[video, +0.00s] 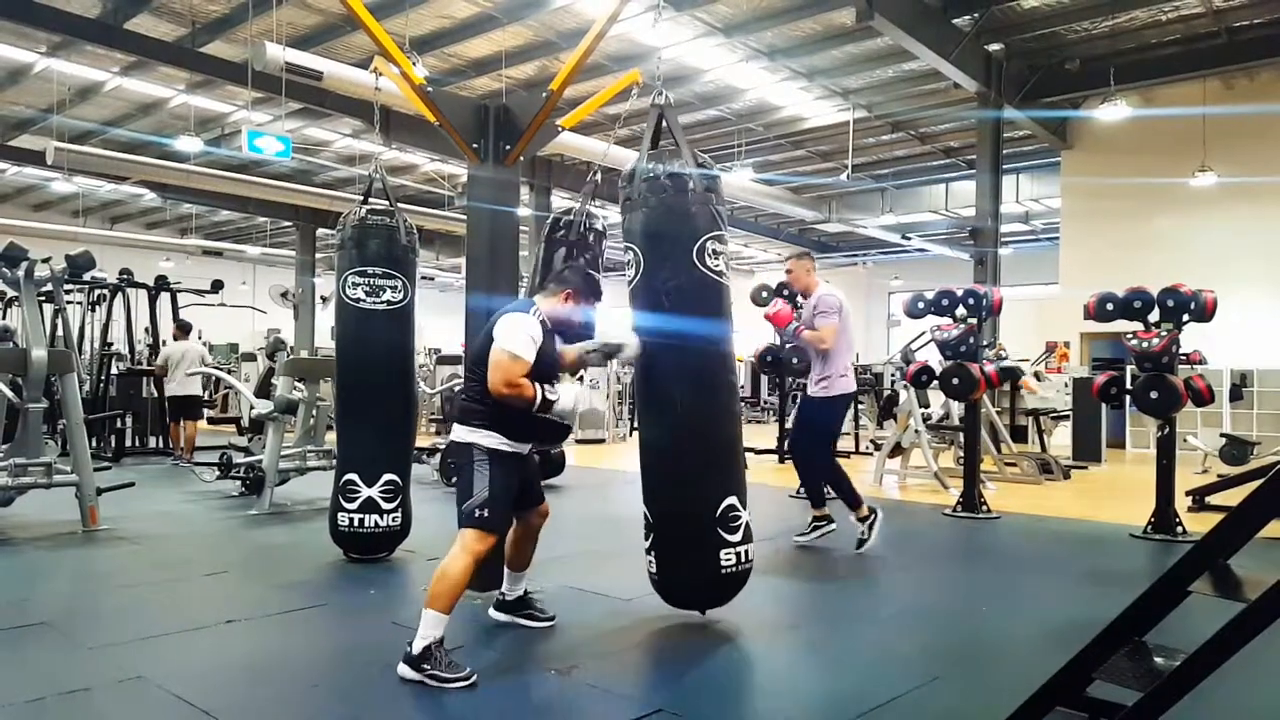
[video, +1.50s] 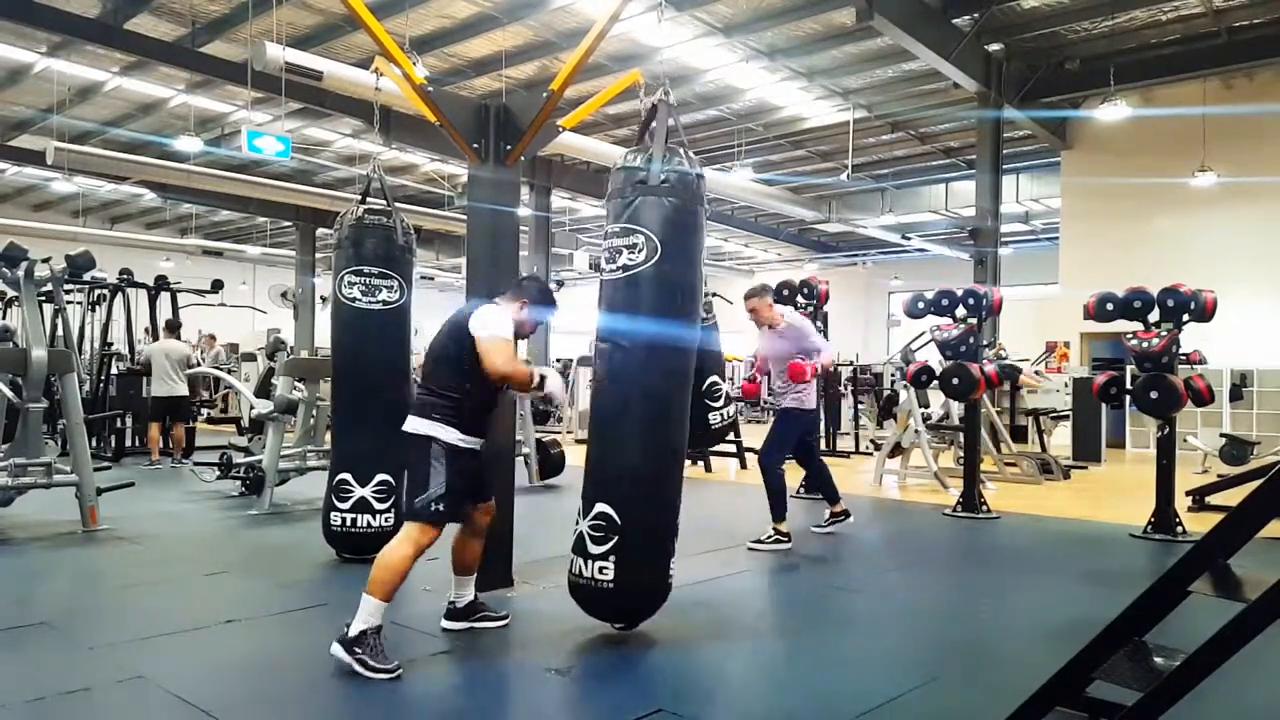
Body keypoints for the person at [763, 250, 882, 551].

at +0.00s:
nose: (787, 278)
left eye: (790, 272)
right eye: (786, 273)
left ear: (809, 271)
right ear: (805, 273)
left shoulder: (826, 298)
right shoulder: (808, 303)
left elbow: (825, 341)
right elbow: (811, 344)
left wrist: (791, 327)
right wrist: (786, 331)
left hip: (834, 391)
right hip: (818, 389)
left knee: (819, 454)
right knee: (800, 449)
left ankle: (865, 514)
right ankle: (821, 517)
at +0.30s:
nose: (805, 290)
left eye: (808, 282)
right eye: (803, 284)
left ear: (828, 280)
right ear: (823, 283)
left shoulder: (850, 308)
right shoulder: (822, 316)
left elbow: (855, 351)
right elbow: (826, 355)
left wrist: (818, 342)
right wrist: (802, 338)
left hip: (854, 399)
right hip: (834, 398)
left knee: (854, 460)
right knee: (826, 455)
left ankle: (890, 528)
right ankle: (847, 509)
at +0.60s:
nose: (802, 303)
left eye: (805, 296)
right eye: (800, 298)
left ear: (823, 291)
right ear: (818, 294)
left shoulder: (842, 317)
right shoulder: (820, 323)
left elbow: (841, 356)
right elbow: (818, 363)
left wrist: (809, 343)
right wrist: (789, 348)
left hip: (842, 404)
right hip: (827, 403)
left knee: (836, 464)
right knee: (829, 463)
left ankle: (882, 525)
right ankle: (842, 518)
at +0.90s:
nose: (785, 315)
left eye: (786, 309)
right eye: (782, 311)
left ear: (800, 300)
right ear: (793, 305)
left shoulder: (822, 321)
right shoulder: (805, 326)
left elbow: (824, 359)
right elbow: (802, 359)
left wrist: (795, 345)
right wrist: (774, 347)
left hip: (826, 405)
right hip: (818, 404)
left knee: (809, 463)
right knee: (835, 462)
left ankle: (788, 528)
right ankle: (845, 518)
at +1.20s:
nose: (776, 315)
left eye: (778, 308)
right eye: (773, 311)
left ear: (792, 298)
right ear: (774, 309)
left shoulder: (818, 321)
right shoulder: (786, 326)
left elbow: (814, 362)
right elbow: (759, 358)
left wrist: (783, 346)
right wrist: (769, 339)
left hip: (813, 402)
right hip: (795, 402)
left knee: (796, 460)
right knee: (806, 458)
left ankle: (782, 529)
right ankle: (835, 508)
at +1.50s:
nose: (751, 318)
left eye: (754, 312)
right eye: (749, 313)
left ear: (770, 306)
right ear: (759, 310)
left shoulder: (798, 325)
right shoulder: (765, 330)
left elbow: (828, 353)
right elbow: (765, 362)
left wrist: (813, 367)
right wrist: (758, 371)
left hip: (800, 405)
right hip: (790, 404)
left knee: (769, 459)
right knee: (808, 459)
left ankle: (780, 529)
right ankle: (838, 508)